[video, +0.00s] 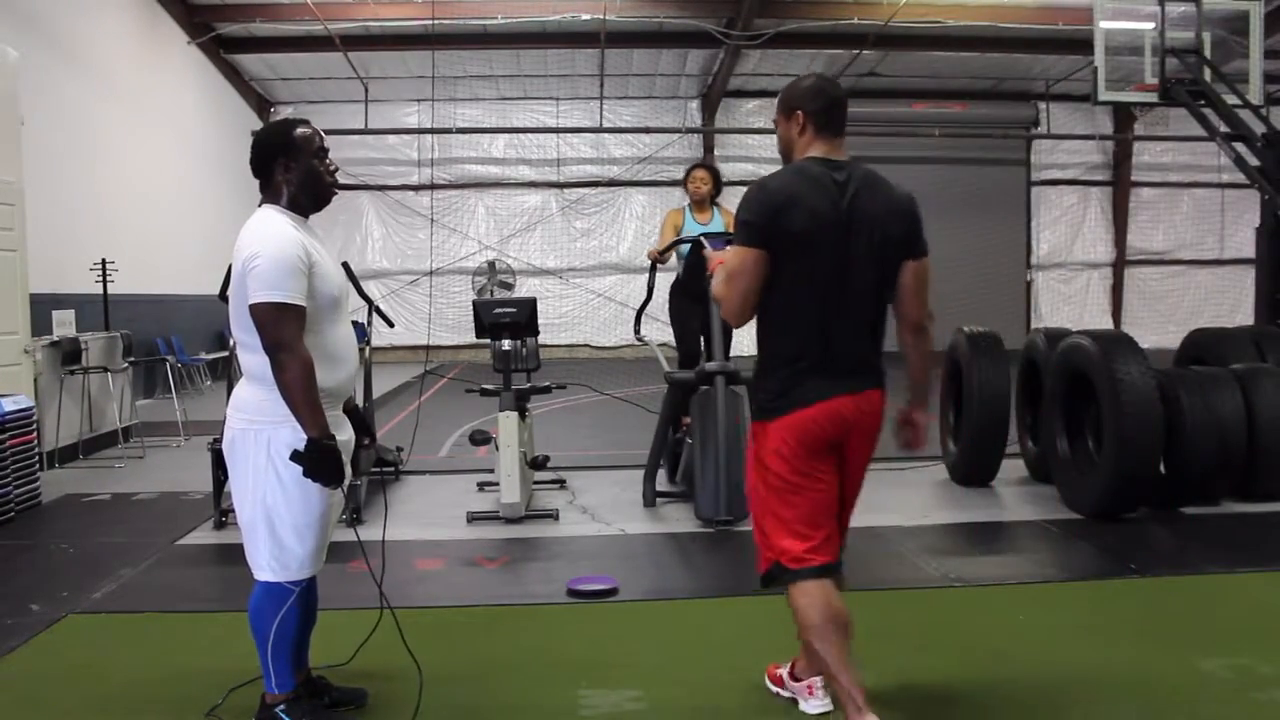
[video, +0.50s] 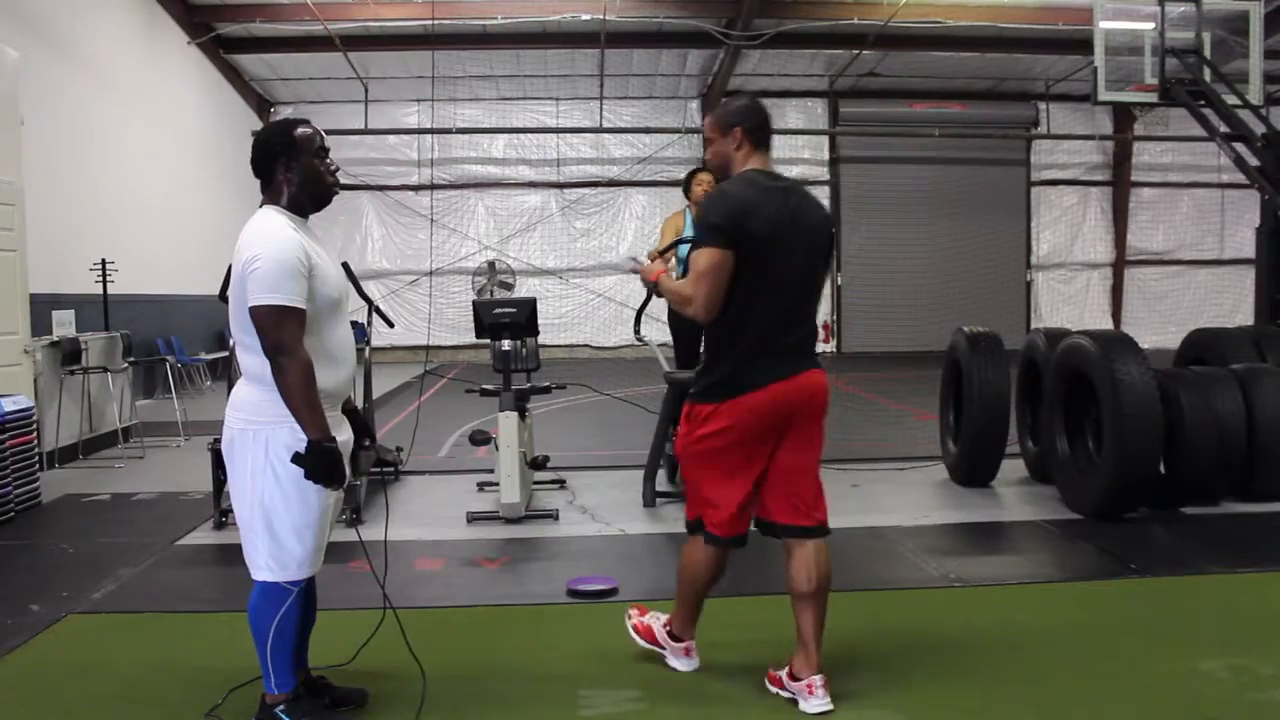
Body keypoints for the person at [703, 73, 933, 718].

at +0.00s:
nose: (776, 135)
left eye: (778, 124)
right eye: (778, 124)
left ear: (795, 122)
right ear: (840, 124)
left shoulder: (770, 197)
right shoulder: (894, 202)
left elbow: (735, 309)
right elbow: (915, 317)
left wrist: (723, 267)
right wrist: (917, 399)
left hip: (793, 409)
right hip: (863, 401)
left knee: (805, 566)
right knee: (823, 552)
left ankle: (857, 707)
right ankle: (806, 674)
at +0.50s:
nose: (706, 151)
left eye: (711, 140)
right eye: (706, 140)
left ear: (737, 138)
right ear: (758, 139)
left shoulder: (725, 202)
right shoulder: (814, 209)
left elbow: (700, 304)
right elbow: (804, 292)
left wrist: (659, 281)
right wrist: (713, 271)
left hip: (731, 395)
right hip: (804, 385)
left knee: (710, 524)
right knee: (805, 527)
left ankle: (679, 635)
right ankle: (807, 671)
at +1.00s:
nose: (627, 167)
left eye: (626, 157)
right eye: (626, 157)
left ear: (642, 152)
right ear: (678, 149)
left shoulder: (634, 216)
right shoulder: (735, 206)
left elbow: (615, 314)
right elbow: (761, 295)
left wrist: (596, 284)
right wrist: (775, 365)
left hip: (658, 389)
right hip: (720, 382)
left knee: (663, 517)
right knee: (715, 495)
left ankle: (676, 638)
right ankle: (730, 603)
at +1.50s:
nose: (618, 175)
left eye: (621, 166)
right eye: (617, 166)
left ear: (642, 163)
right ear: (663, 163)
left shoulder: (630, 219)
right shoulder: (706, 218)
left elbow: (614, 303)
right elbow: (719, 287)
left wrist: (577, 287)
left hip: (637, 384)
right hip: (688, 376)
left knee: (641, 501)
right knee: (660, 494)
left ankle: (674, 628)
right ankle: (651, 593)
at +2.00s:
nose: (612, 167)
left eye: (620, 159)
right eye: (612, 159)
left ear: (651, 165)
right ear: (646, 166)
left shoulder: (658, 214)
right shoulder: (649, 213)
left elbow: (650, 290)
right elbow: (643, 286)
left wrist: (588, 285)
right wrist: (589, 284)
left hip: (654, 375)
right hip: (650, 371)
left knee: (634, 490)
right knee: (645, 486)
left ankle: (677, 602)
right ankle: (653, 591)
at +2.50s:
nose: (623, 172)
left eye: (632, 163)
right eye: (622, 163)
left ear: (664, 164)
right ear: (635, 167)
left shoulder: (688, 222)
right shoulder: (653, 218)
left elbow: (682, 303)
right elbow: (652, 295)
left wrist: (610, 287)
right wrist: (607, 286)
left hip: (672, 382)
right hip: (637, 379)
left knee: (671, 493)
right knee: (621, 476)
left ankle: (681, 605)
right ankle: (651, 582)